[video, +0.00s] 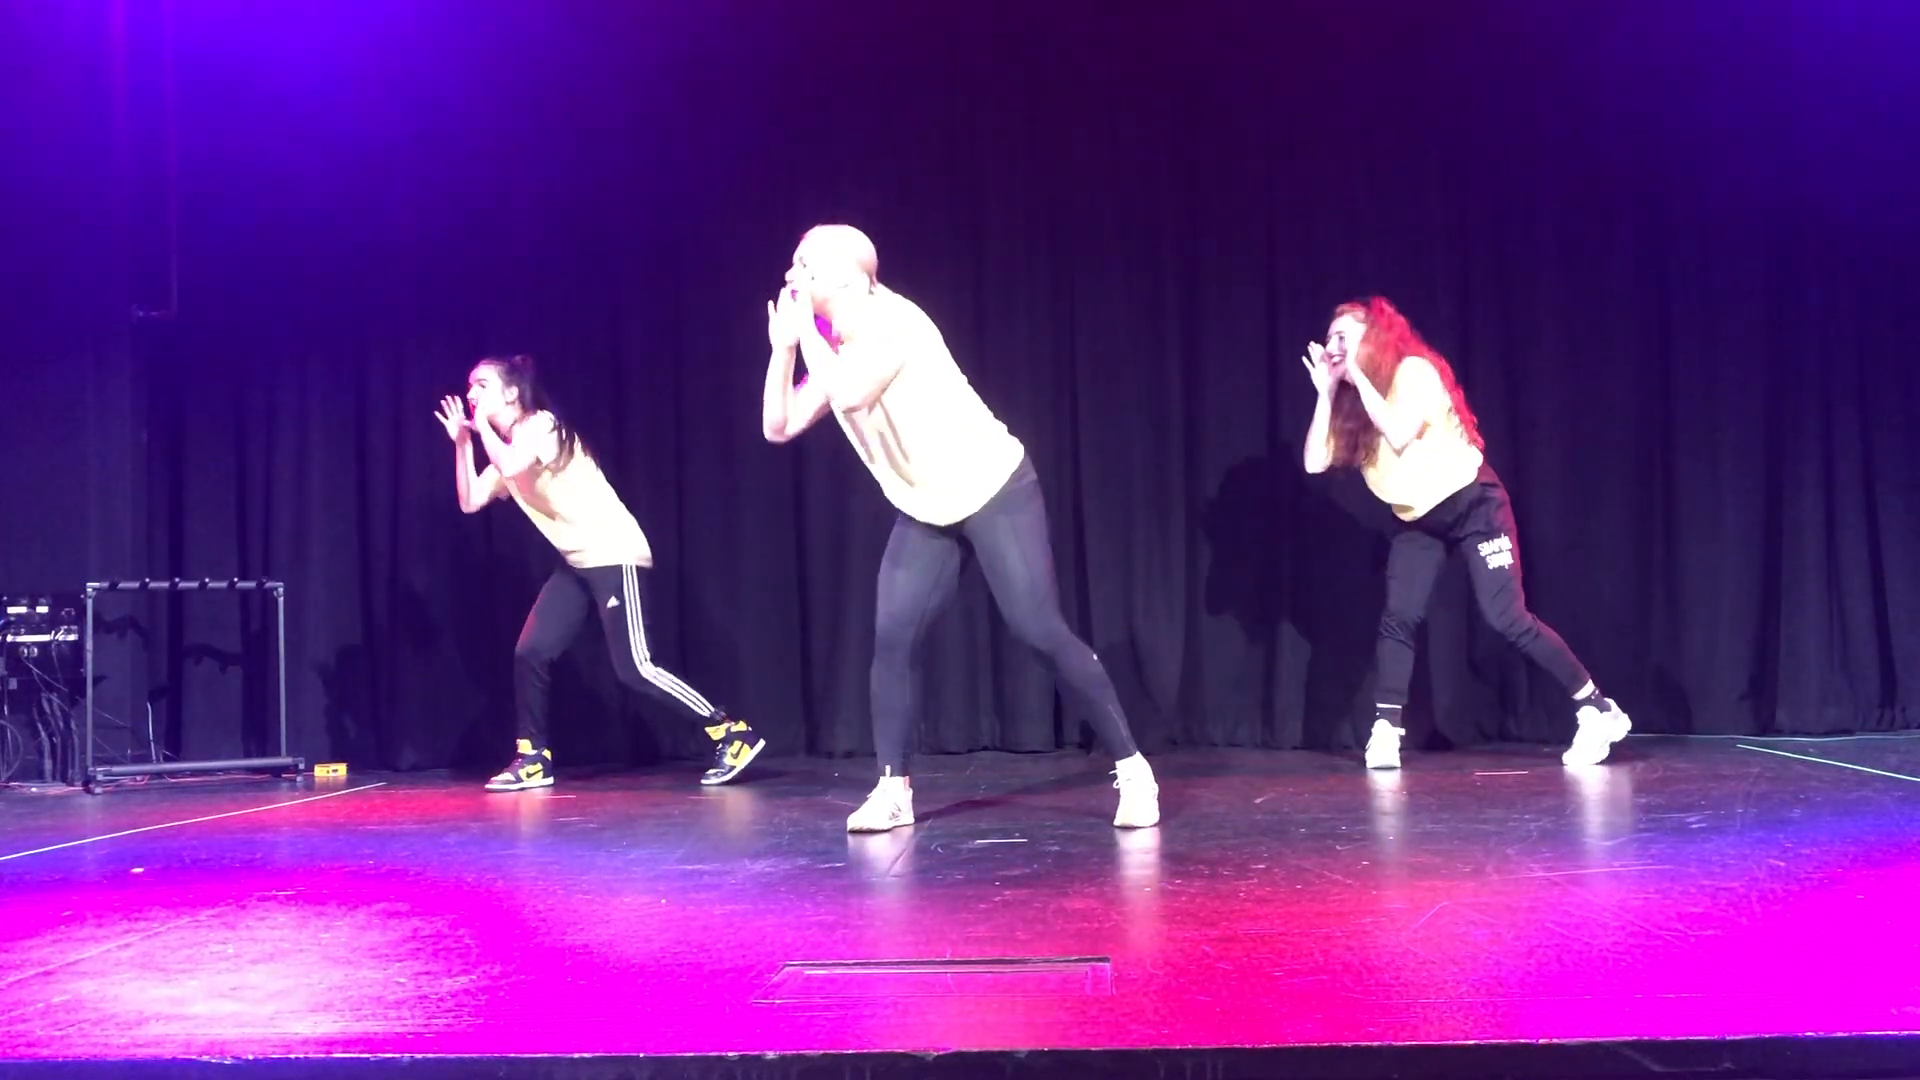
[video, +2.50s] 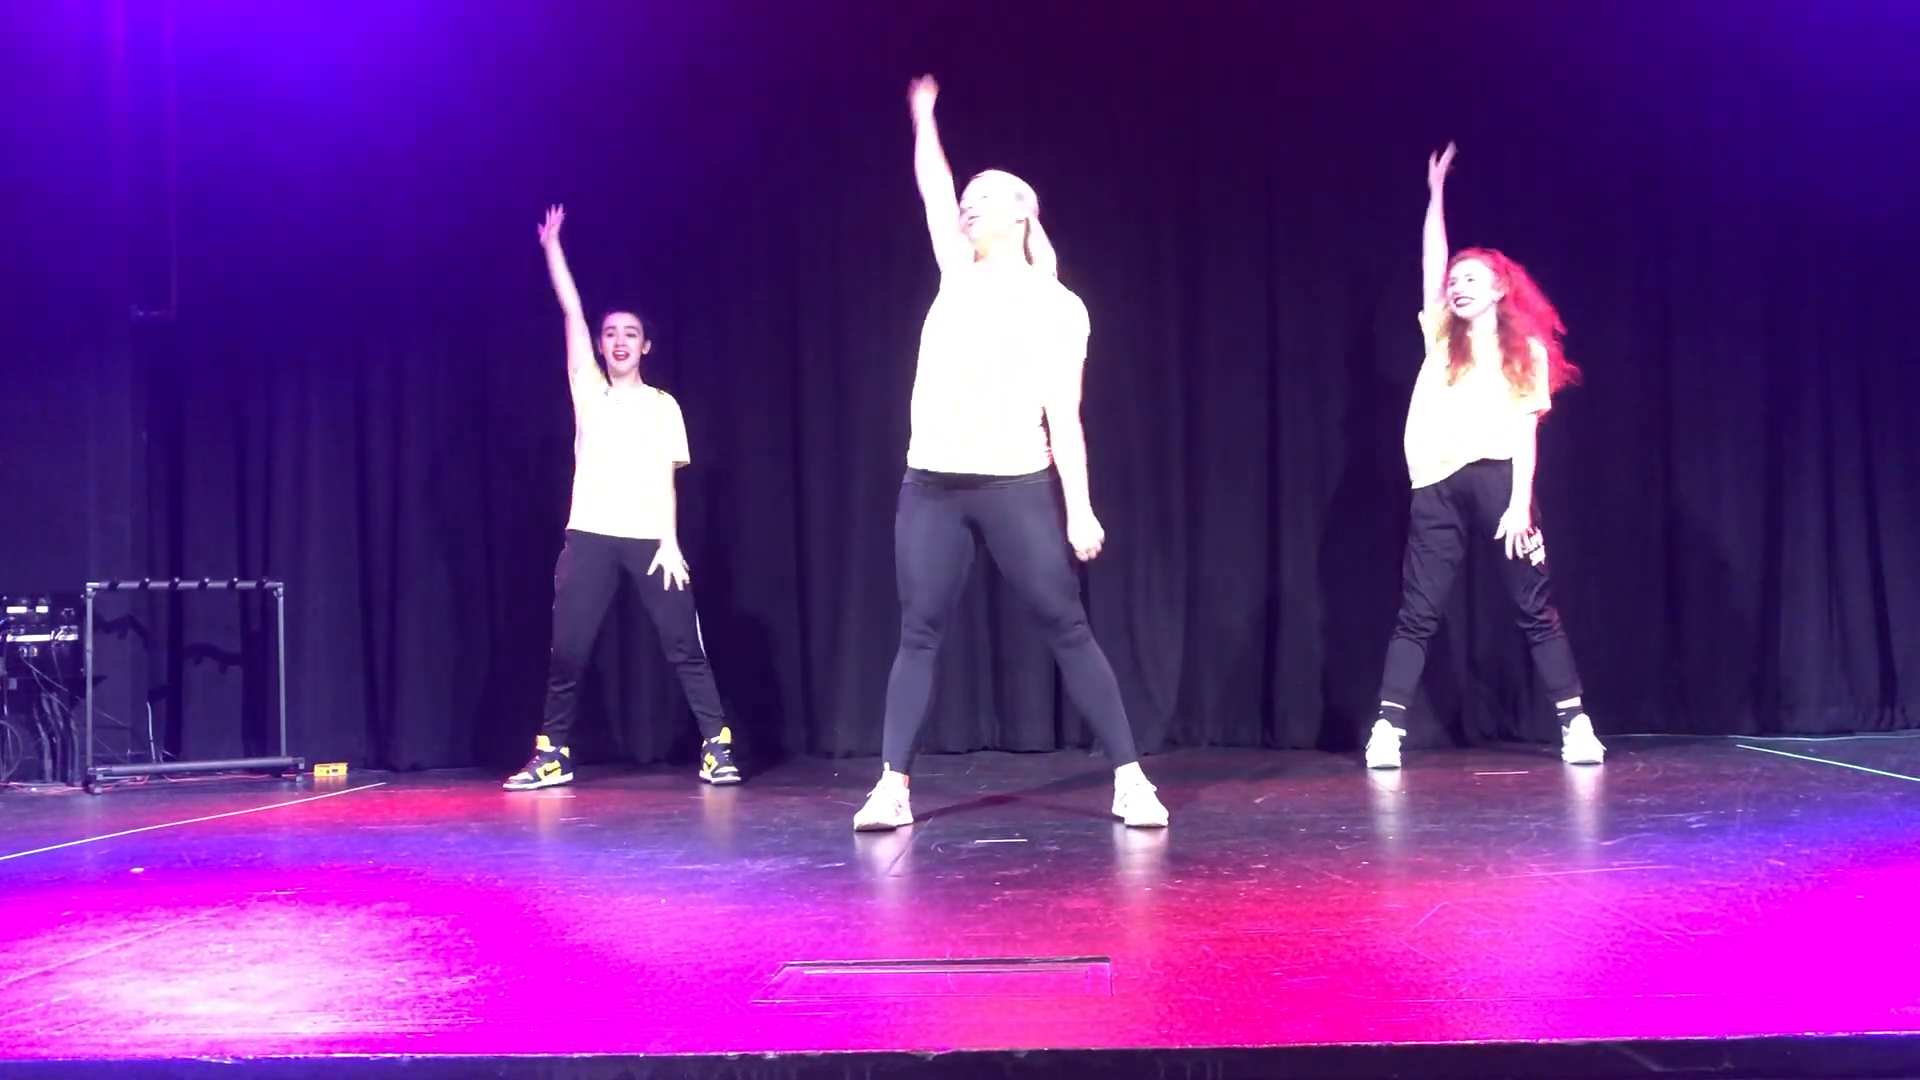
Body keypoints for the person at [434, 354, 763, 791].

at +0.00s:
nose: (471, 395)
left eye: (481, 385)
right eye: (471, 386)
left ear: (513, 394)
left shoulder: (543, 425)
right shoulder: (504, 447)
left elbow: (512, 465)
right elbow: (471, 501)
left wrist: (481, 424)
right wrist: (461, 445)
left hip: (615, 555)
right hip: (577, 562)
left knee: (635, 668)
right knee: (531, 651)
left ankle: (731, 734)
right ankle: (534, 760)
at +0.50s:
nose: (447, 440)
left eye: (455, 430)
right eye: (446, 431)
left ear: (487, 432)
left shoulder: (523, 457)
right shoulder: (482, 480)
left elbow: (504, 527)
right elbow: (473, 544)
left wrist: (463, 475)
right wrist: (452, 486)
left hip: (637, 551)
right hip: (589, 562)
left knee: (663, 652)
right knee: (552, 657)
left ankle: (720, 744)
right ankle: (527, 758)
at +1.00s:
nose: (635, 493)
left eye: (645, 483)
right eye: (626, 483)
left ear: (660, 484)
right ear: (611, 482)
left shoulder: (675, 513)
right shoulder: (591, 506)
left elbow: (689, 589)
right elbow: (579, 581)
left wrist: (656, 536)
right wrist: (602, 531)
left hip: (657, 573)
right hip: (602, 571)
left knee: (682, 649)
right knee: (565, 651)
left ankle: (726, 745)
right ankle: (526, 754)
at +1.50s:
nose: (730, 386)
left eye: (737, 379)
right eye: (721, 377)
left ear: (745, 391)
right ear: (699, 384)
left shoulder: (738, 440)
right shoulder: (671, 417)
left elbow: (775, 494)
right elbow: (668, 476)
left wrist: (750, 438)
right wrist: (705, 427)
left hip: (689, 550)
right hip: (627, 542)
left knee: (703, 647)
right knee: (579, 646)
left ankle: (728, 747)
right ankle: (532, 746)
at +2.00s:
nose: (640, 367)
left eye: (649, 360)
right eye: (631, 358)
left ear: (659, 373)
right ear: (612, 368)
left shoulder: (673, 429)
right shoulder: (587, 420)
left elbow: (703, 496)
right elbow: (551, 477)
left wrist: (686, 542)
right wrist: (528, 499)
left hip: (652, 560)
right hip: (591, 557)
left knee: (674, 658)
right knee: (544, 654)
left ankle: (723, 745)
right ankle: (532, 757)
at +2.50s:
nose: (619, 342)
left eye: (629, 335)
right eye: (611, 334)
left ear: (645, 346)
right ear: (599, 344)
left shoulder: (664, 406)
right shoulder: (587, 391)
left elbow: (666, 480)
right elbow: (572, 312)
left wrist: (670, 543)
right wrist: (552, 245)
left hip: (649, 539)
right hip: (590, 538)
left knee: (686, 647)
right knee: (567, 650)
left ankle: (717, 747)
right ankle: (553, 755)